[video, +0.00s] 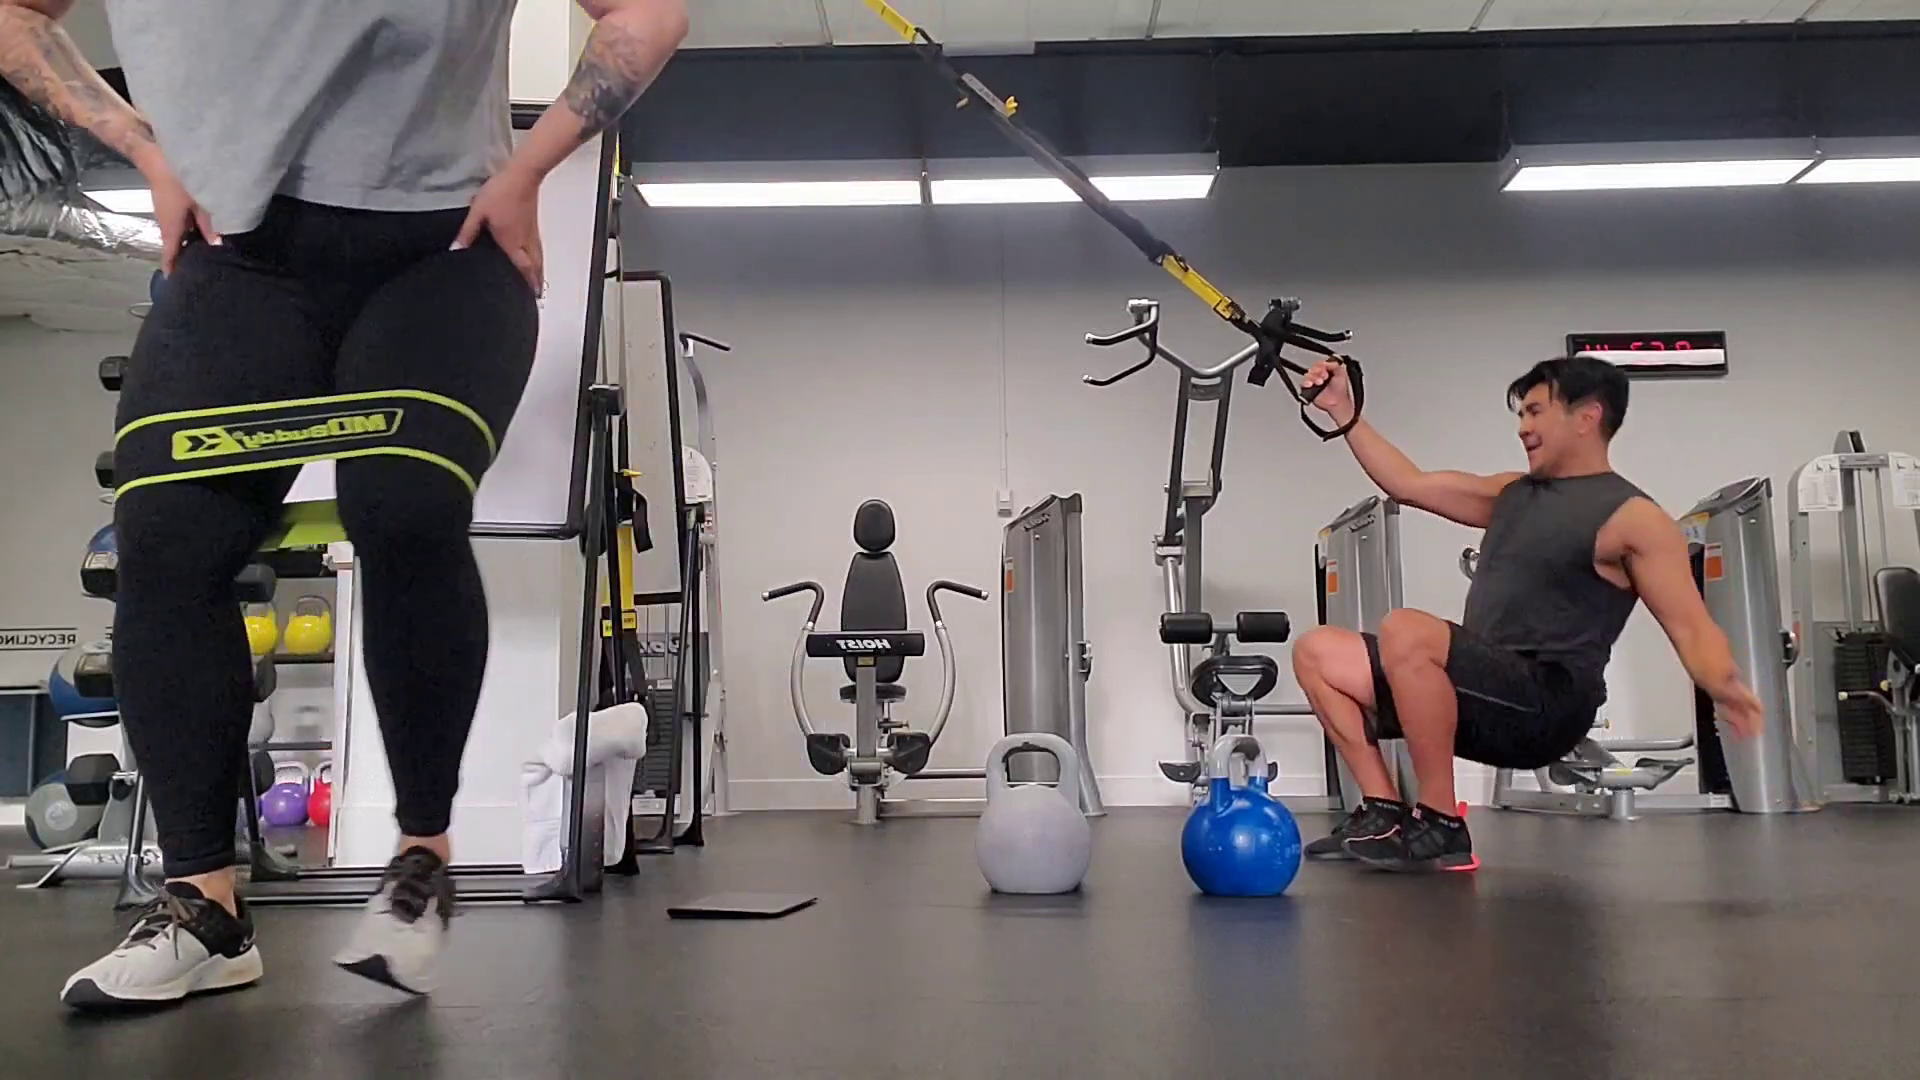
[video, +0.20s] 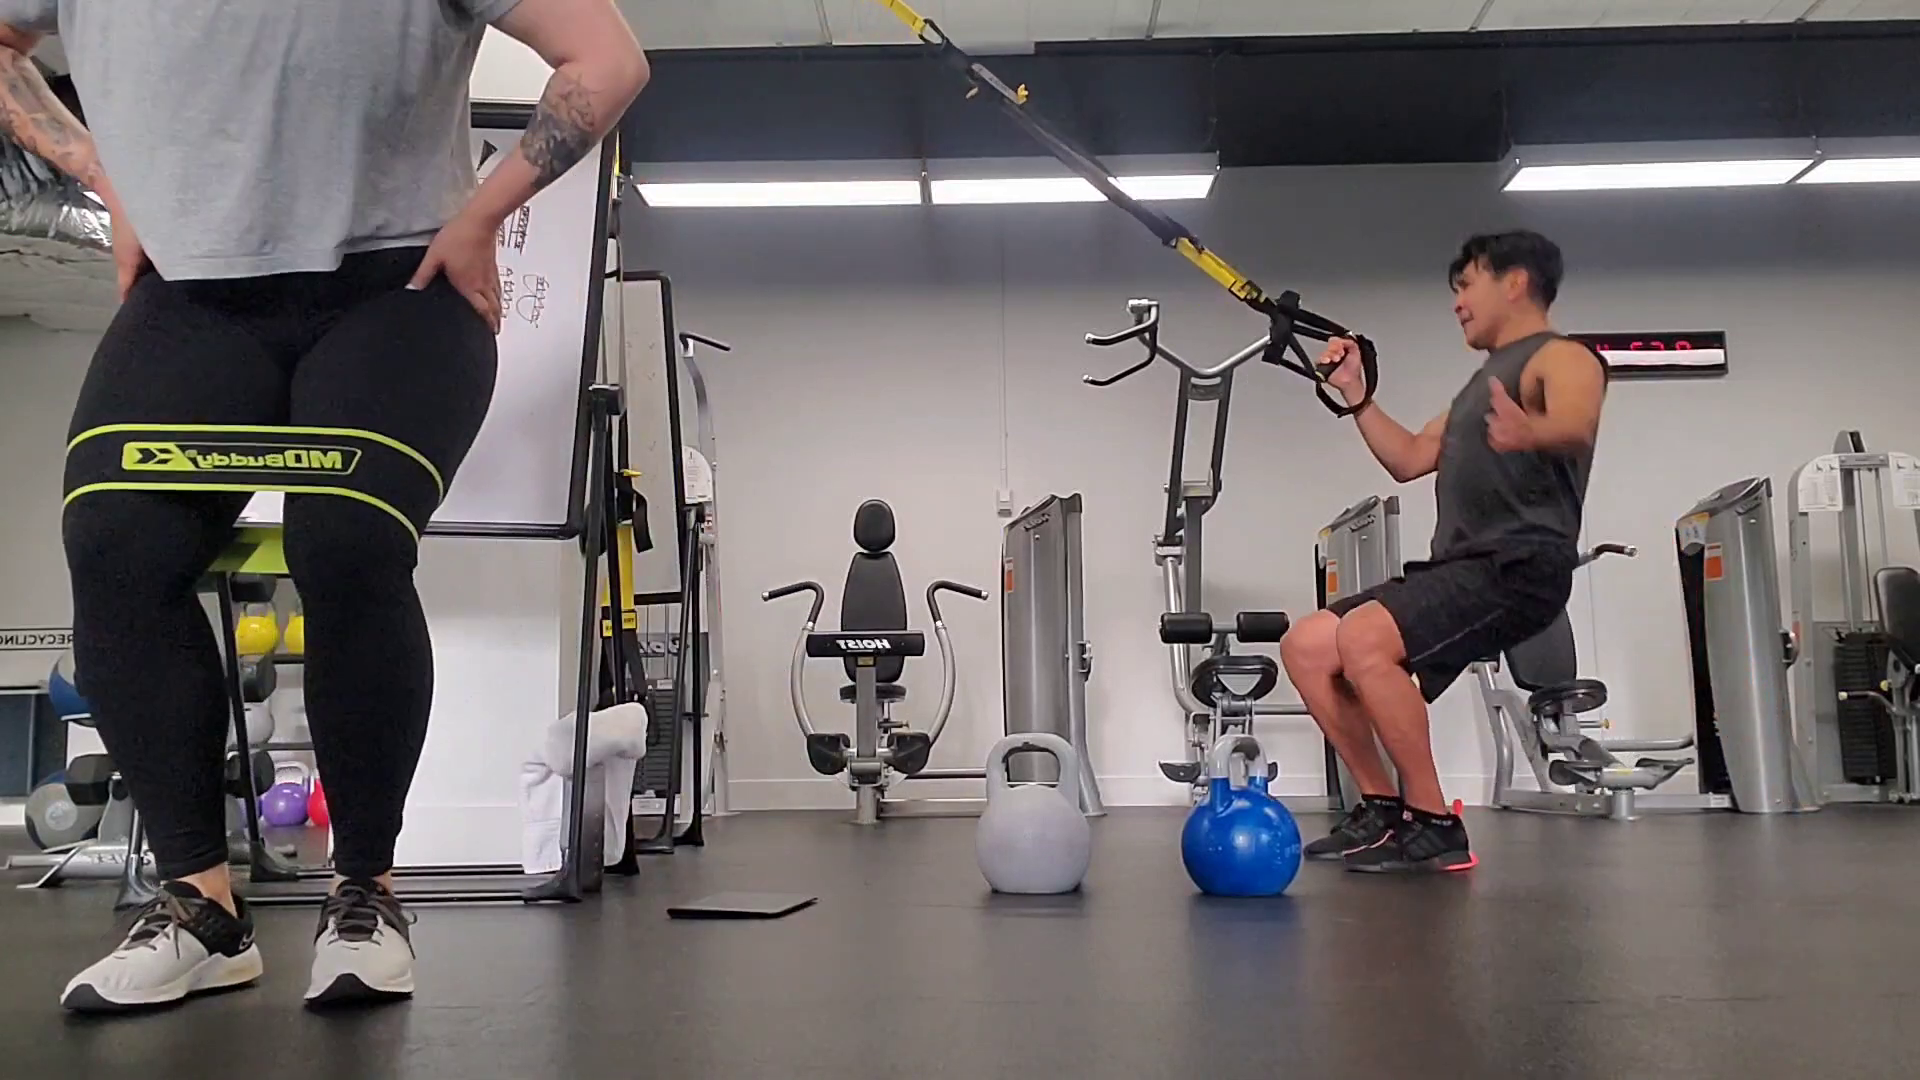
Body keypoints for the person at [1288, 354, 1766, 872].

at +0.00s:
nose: (1522, 428)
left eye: (1536, 411)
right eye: (1522, 415)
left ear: (1588, 416)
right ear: (1579, 418)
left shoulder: (1633, 517)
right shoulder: (1512, 494)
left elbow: (1689, 623)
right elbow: (1408, 483)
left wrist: (1721, 681)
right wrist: (1346, 417)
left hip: (1550, 698)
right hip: (1475, 683)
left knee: (1407, 633)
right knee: (1316, 653)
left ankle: (1442, 824)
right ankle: (1382, 813)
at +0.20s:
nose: (1456, 302)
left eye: (1467, 285)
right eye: (1456, 290)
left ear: (1517, 282)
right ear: (1507, 288)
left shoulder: (1564, 356)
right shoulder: (1480, 387)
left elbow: (1576, 427)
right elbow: (1407, 460)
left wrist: (1530, 431)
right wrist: (1359, 398)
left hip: (1517, 569)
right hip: (1458, 567)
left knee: (1363, 638)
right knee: (1306, 647)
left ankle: (1433, 821)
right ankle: (1383, 807)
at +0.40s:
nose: (1406, 197)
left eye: (1415, 179)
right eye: (1407, 184)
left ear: (1457, 177)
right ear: (1459, 182)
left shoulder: (1491, 240)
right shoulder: (1449, 281)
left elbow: (1418, 245)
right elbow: (1424, 409)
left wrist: (1313, 208)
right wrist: (1376, 363)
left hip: (1473, 464)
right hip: (1425, 469)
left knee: (1382, 622)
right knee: (1321, 615)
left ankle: (1434, 818)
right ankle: (1363, 801)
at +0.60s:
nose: (1380, 171)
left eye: (1385, 158)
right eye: (1383, 159)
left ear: (1411, 152)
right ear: (1442, 163)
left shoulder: (1422, 208)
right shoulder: (1450, 239)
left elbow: (1300, 177)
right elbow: (1435, 336)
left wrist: (1189, 136)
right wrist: (1366, 332)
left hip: (1415, 427)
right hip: (1389, 429)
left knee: (1373, 615)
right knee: (1349, 619)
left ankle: (1430, 810)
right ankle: (1358, 811)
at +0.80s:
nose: (1363, 174)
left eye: (1366, 163)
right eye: (1368, 165)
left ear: (1381, 159)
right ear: (1438, 171)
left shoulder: (1380, 198)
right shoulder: (1460, 253)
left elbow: (1252, 176)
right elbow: (1461, 379)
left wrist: (1138, 143)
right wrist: (1354, 355)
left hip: (1392, 424)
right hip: (1426, 428)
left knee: (1338, 597)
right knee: (1366, 616)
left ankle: (1407, 800)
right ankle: (1358, 803)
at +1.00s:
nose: (1360, 178)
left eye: (1363, 166)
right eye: (1363, 167)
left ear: (1384, 159)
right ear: (1437, 169)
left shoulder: (1385, 197)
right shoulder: (1468, 257)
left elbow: (1261, 184)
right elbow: (1461, 383)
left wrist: (1142, 161)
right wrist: (1360, 343)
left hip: (1402, 427)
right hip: (1416, 433)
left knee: (1367, 616)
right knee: (1340, 624)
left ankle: (1392, 820)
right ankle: (1355, 810)